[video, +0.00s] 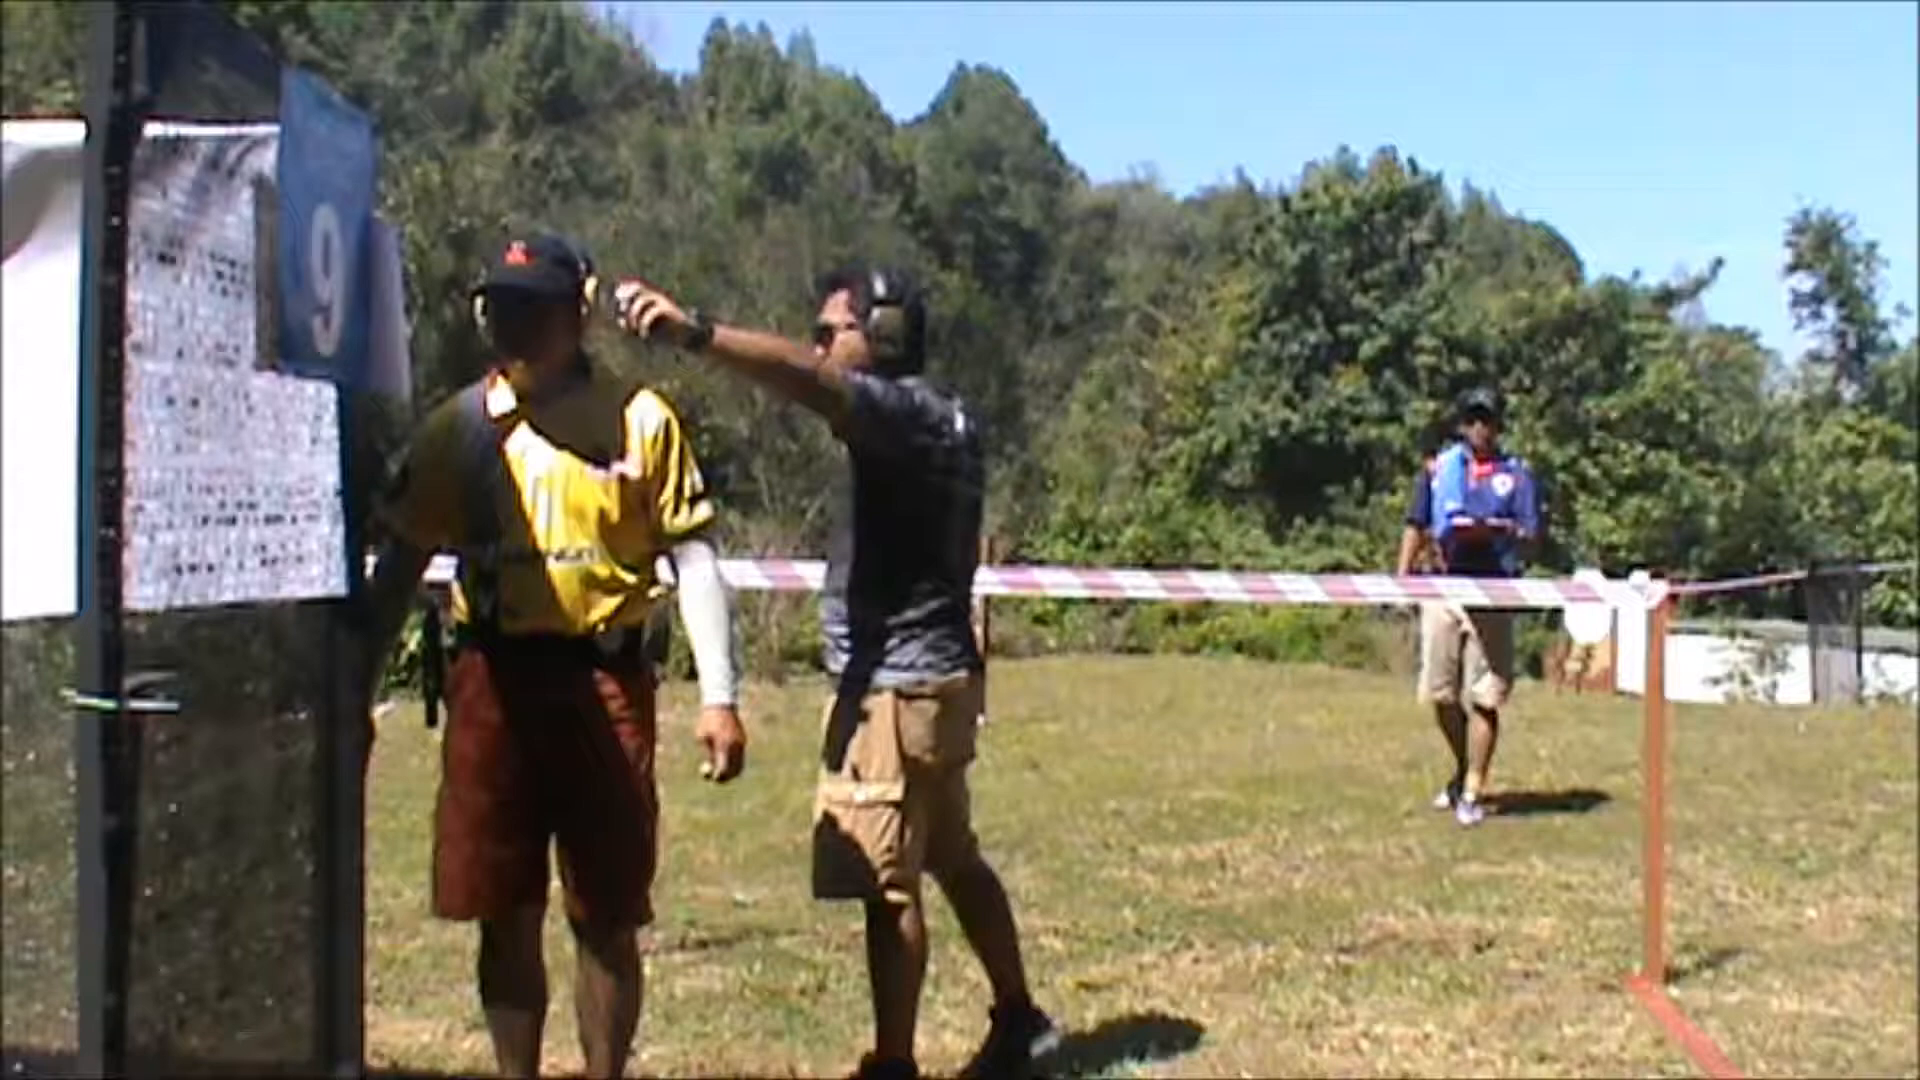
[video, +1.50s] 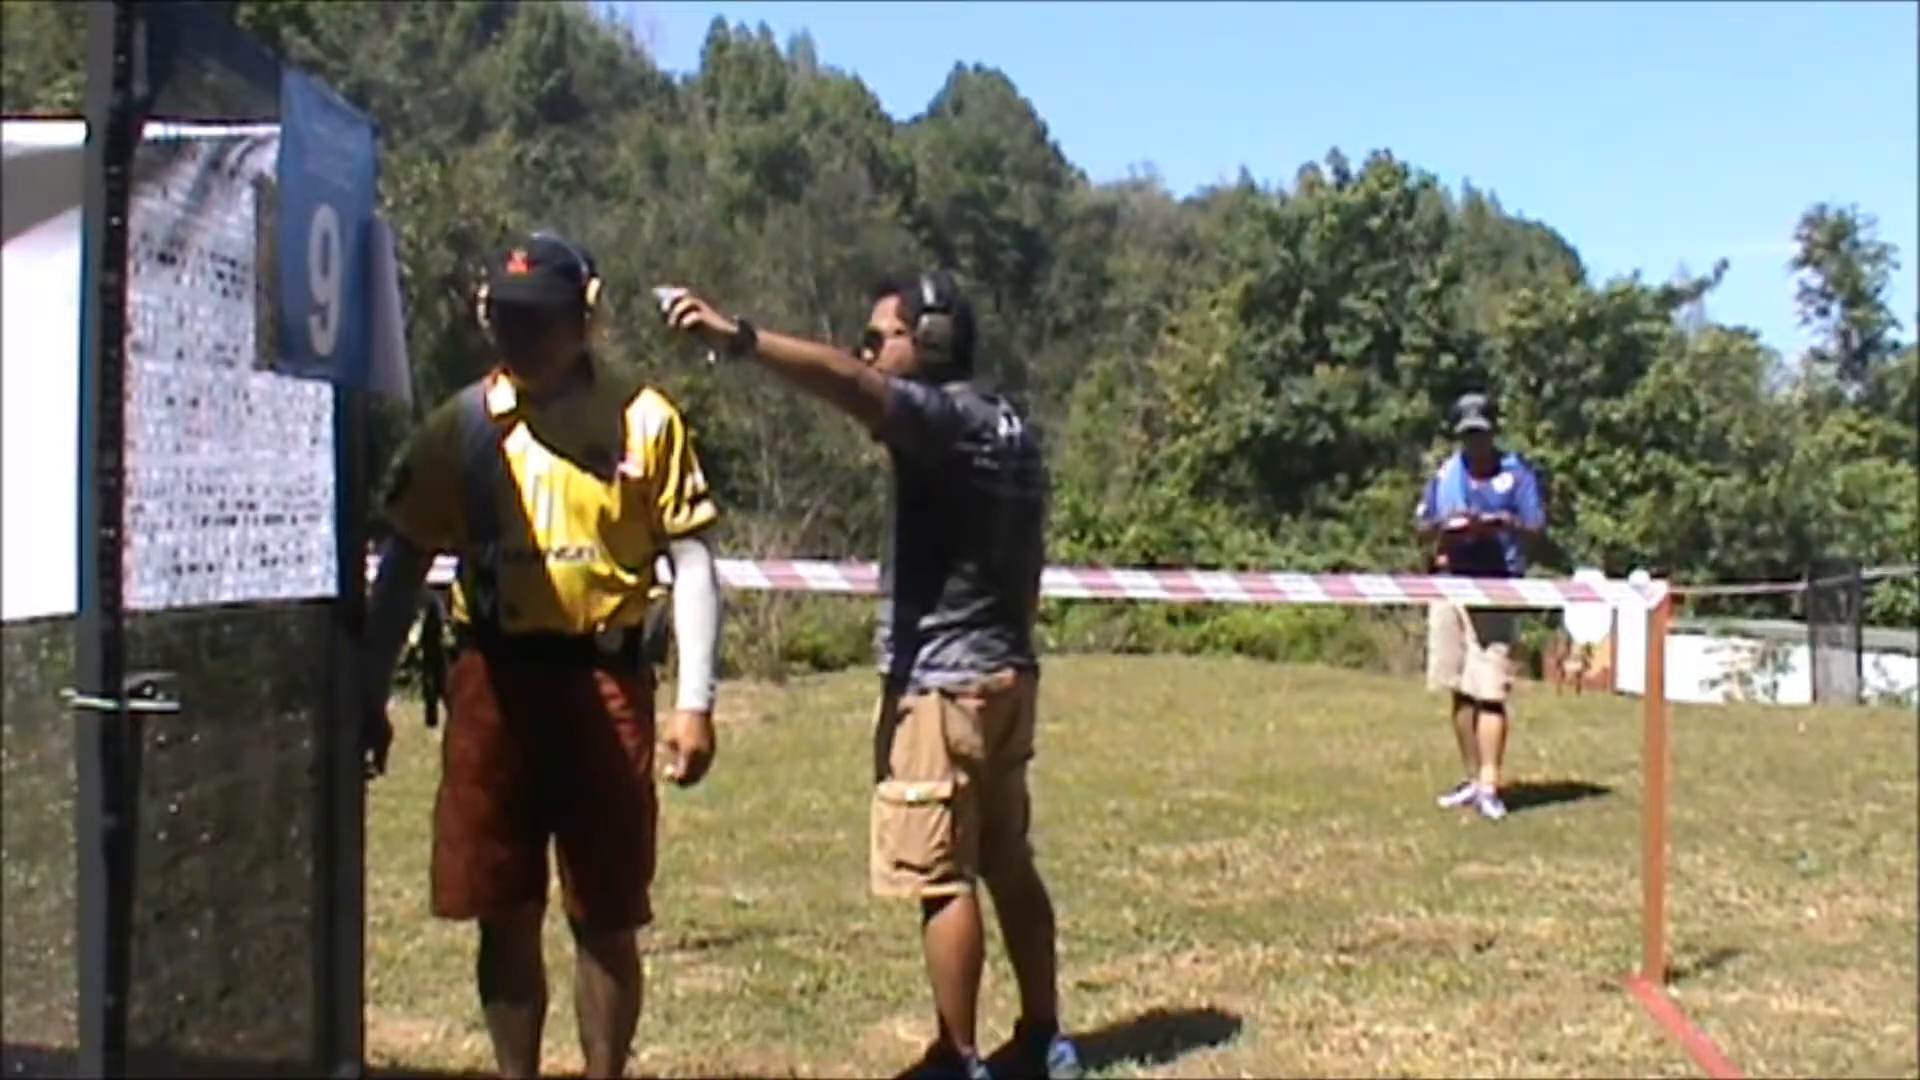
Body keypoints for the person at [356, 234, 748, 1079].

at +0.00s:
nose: (507, 322)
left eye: (528, 306)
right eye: (498, 304)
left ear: (576, 314)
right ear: (486, 310)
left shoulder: (642, 422)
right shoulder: (461, 425)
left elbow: (693, 558)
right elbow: (400, 563)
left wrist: (719, 694)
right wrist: (353, 694)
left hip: (605, 689)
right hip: (495, 690)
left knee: (605, 922)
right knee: (504, 915)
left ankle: (606, 1072)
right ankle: (515, 1072)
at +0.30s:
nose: (514, 327)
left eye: (536, 310)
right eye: (503, 309)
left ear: (584, 317)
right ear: (488, 313)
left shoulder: (645, 423)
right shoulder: (463, 425)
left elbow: (695, 563)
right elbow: (407, 564)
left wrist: (699, 699)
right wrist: (370, 694)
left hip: (607, 691)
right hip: (495, 692)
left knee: (607, 925)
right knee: (504, 917)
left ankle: (605, 1072)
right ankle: (517, 1072)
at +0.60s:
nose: (513, 328)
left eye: (535, 313)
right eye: (504, 309)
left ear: (585, 319)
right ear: (491, 312)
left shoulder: (646, 423)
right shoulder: (466, 424)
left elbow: (693, 564)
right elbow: (405, 564)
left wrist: (696, 700)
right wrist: (370, 695)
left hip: (606, 693)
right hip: (496, 692)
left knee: (606, 922)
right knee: (503, 915)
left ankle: (605, 1072)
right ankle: (516, 1072)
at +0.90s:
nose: (512, 333)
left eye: (534, 317)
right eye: (502, 314)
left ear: (584, 321)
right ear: (487, 314)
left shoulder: (643, 423)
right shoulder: (463, 425)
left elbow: (690, 563)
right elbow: (404, 565)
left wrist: (693, 700)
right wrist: (370, 696)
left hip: (605, 694)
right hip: (495, 694)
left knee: (606, 923)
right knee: (503, 916)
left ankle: (606, 1072)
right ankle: (517, 1072)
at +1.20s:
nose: (511, 333)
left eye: (532, 319)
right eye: (502, 315)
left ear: (582, 324)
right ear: (488, 315)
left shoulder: (643, 423)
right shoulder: (464, 426)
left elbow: (691, 563)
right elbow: (405, 566)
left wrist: (694, 698)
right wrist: (370, 696)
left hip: (605, 693)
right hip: (495, 693)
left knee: (606, 924)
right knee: (503, 915)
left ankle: (604, 1072)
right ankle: (517, 1072)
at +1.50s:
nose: (515, 335)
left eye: (535, 320)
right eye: (505, 318)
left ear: (585, 323)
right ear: (490, 317)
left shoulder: (645, 423)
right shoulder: (464, 425)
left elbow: (692, 561)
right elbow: (404, 564)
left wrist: (696, 697)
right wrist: (370, 695)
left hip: (606, 694)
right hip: (496, 694)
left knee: (606, 924)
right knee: (503, 915)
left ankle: (605, 1072)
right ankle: (517, 1072)